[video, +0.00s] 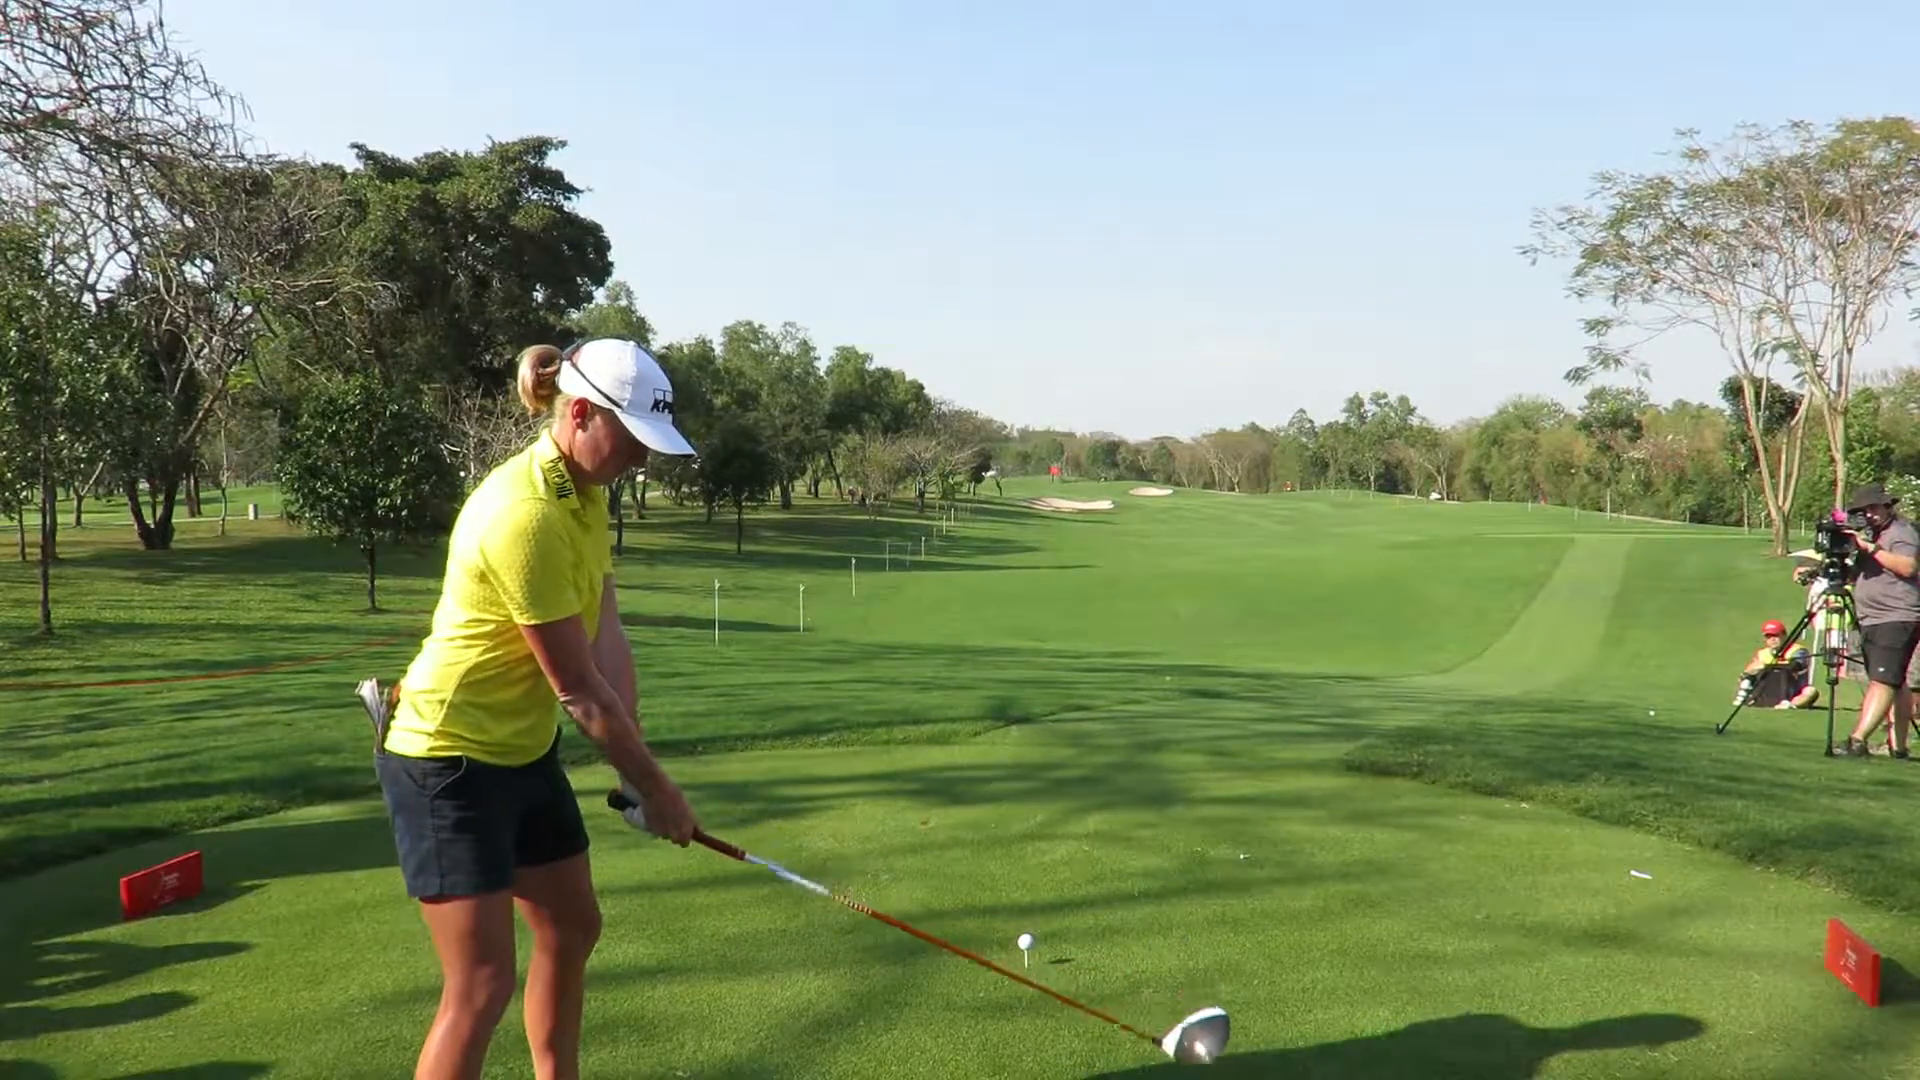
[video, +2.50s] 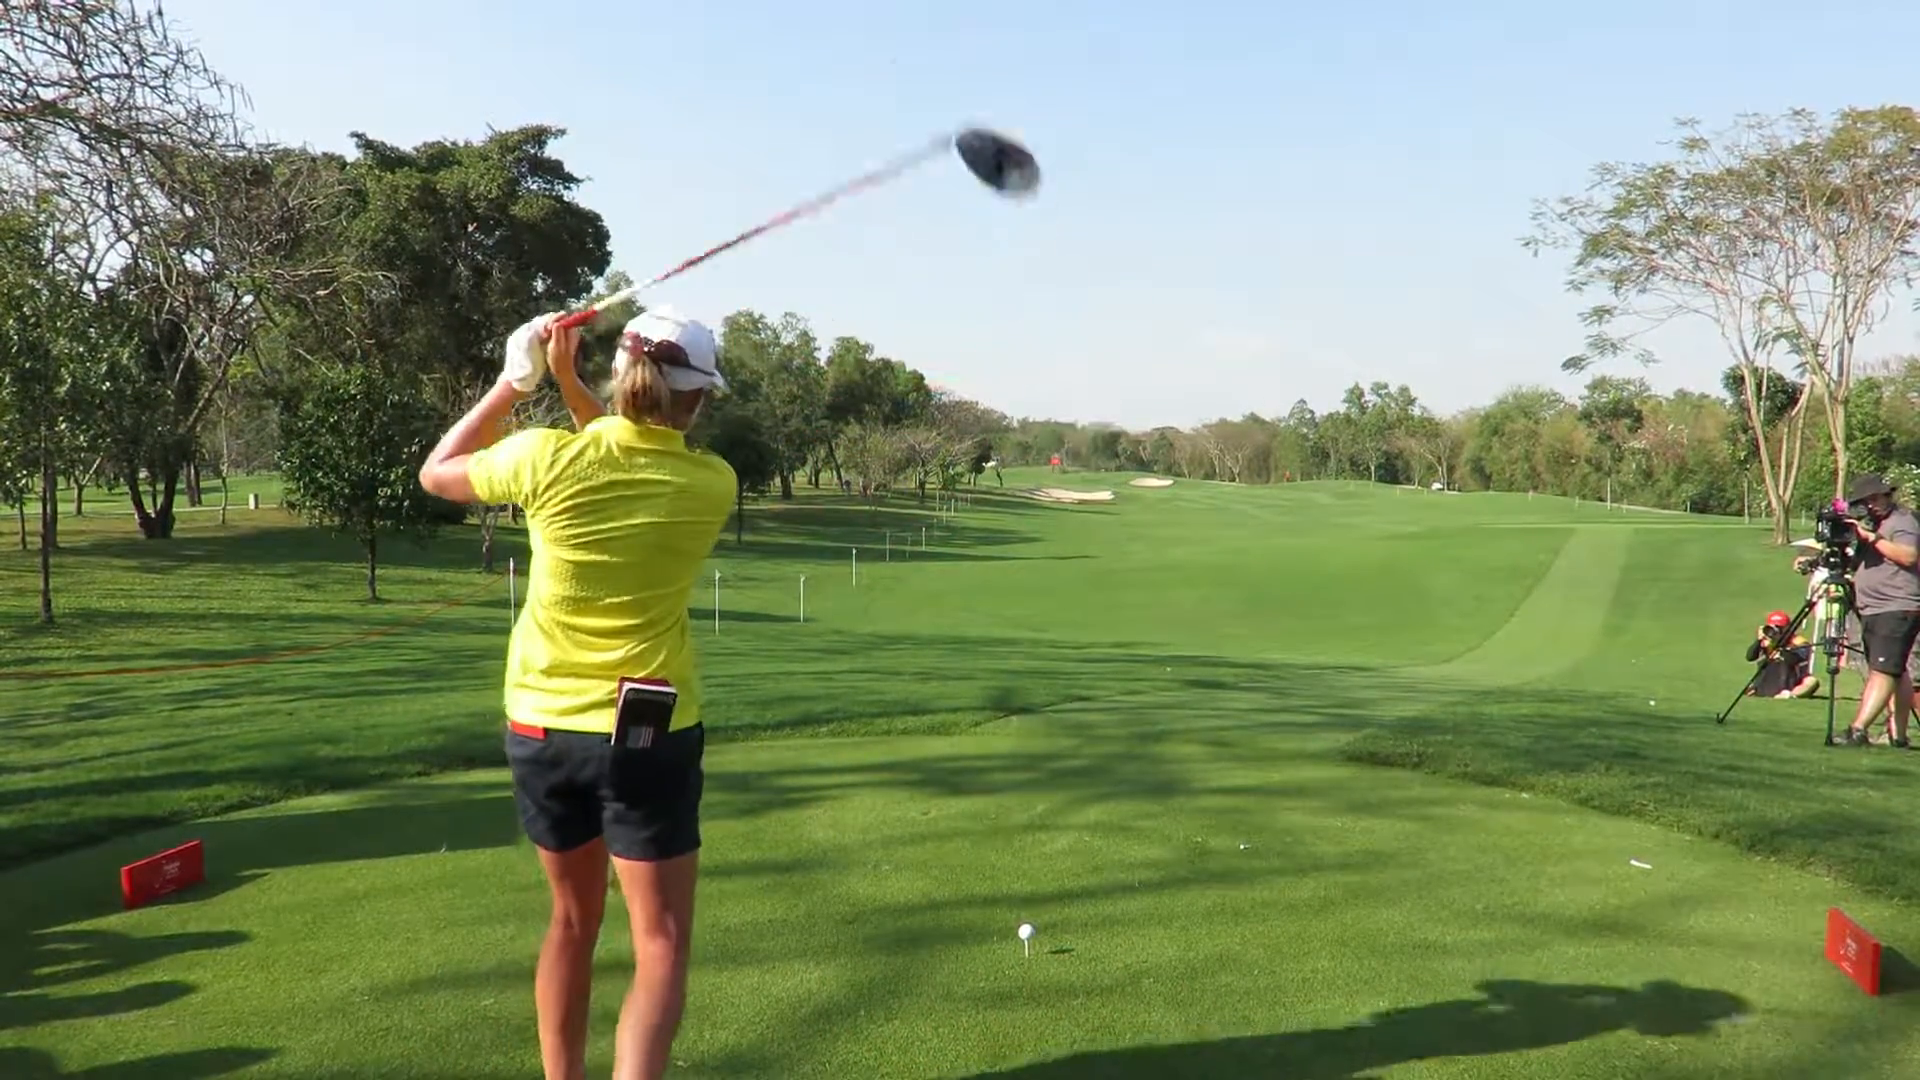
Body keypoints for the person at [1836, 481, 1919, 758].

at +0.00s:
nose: (1867, 517)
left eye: (1871, 510)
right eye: (1863, 513)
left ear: (1886, 508)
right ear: (1863, 514)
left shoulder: (1902, 532)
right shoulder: (1873, 536)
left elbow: (1908, 567)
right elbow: (1857, 574)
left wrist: (1871, 549)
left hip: (1898, 618)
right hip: (1873, 618)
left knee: (1883, 679)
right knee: (1891, 684)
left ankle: (1858, 738)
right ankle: (1898, 745)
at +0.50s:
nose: (1869, 511)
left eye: (1873, 504)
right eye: (1865, 507)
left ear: (1888, 502)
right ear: (1863, 508)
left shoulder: (1903, 527)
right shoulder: (1873, 531)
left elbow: (1909, 562)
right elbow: (1859, 568)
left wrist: (1873, 544)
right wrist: (1844, 548)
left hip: (1898, 612)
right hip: (1873, 613)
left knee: (1883, 673)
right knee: (1893, 678)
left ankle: (1858, 732)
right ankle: (1898, 739)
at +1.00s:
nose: (1869, 504)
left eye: (1873, 498)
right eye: (1865, 500)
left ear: (1888, 495)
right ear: (1863, 501)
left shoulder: (1902, 520)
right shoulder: (1873, 526)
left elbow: (1909, 554)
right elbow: (1857, 561)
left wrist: (1871, 536)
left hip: (1897, 606)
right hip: (1874, 607)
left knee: (1883, 667)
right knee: (1889, 670)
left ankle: (1858, 726)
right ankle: (1898, 732)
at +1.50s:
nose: (1867, 506)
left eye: (1871, 499)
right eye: (1863, 501)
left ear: (1885, 496)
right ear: (1864, 502)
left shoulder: (1901, 519)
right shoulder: (1874, 523)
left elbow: (1908, 555)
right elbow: (1866, 562)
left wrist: (1872, 537)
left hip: (1897, 605)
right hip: (1874, 606)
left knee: (1883, 667)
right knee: (1892, 671)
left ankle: (1857, 726)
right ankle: (1898, 731)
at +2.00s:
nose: (1868, 506)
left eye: (1873, 499)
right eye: (1865, 501)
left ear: (1887, 496)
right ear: (1863, 502)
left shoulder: (1902, 520)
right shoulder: (1875, 525)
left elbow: (1909, 556)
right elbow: (1865, 566)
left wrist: (1872, 538)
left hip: (1898, 607)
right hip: (1874, 608)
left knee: (1884, 667)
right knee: (1891, 670)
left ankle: (1858, 727)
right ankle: (1898, 733)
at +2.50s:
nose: (1869, 508)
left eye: (1872, 501)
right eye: (1864, 504)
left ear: (1886, 497)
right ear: (1863, 506)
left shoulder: (1902, 521)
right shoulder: (1873, 525)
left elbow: (1909, 556)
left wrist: (1872, 538)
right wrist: (1845, 535)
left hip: (1898, 607)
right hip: (1873, 608)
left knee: (1883, 668)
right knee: (1892, 672)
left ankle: (1858, 728)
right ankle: (1898, 734)